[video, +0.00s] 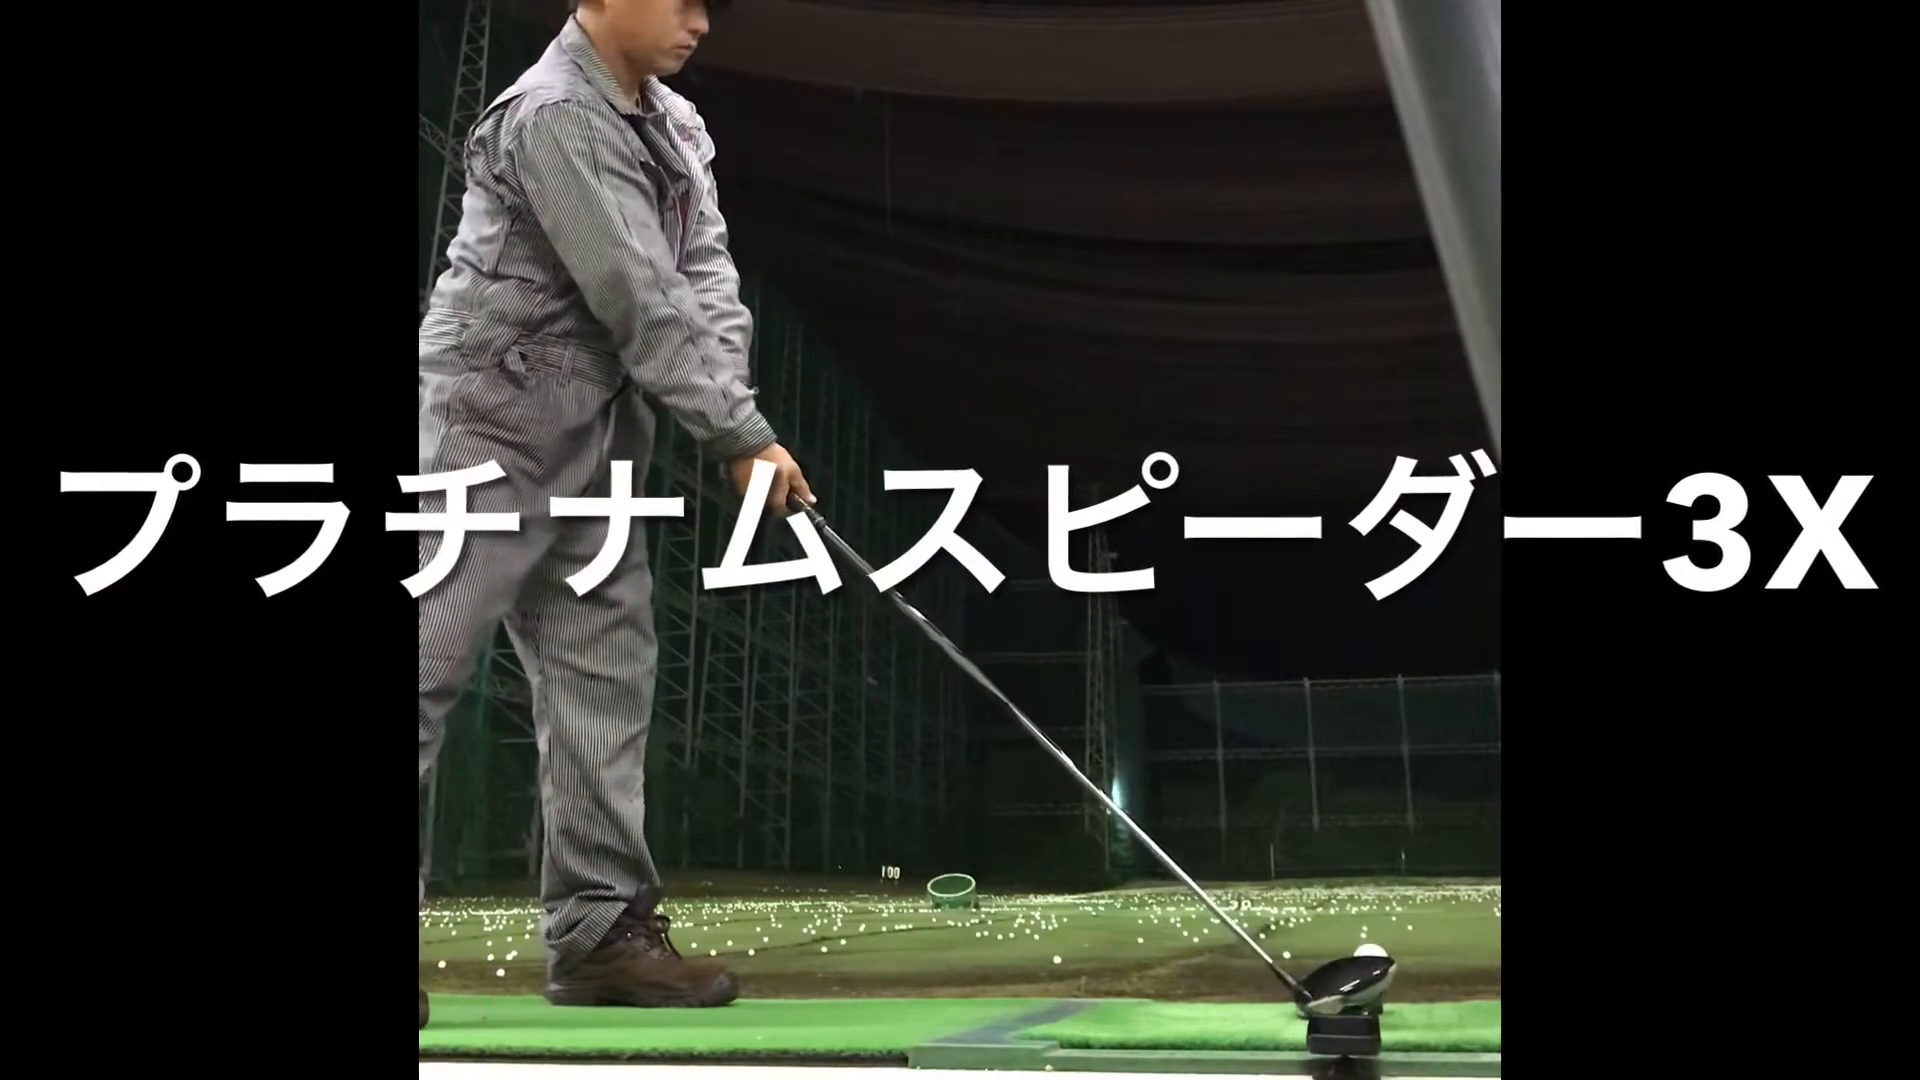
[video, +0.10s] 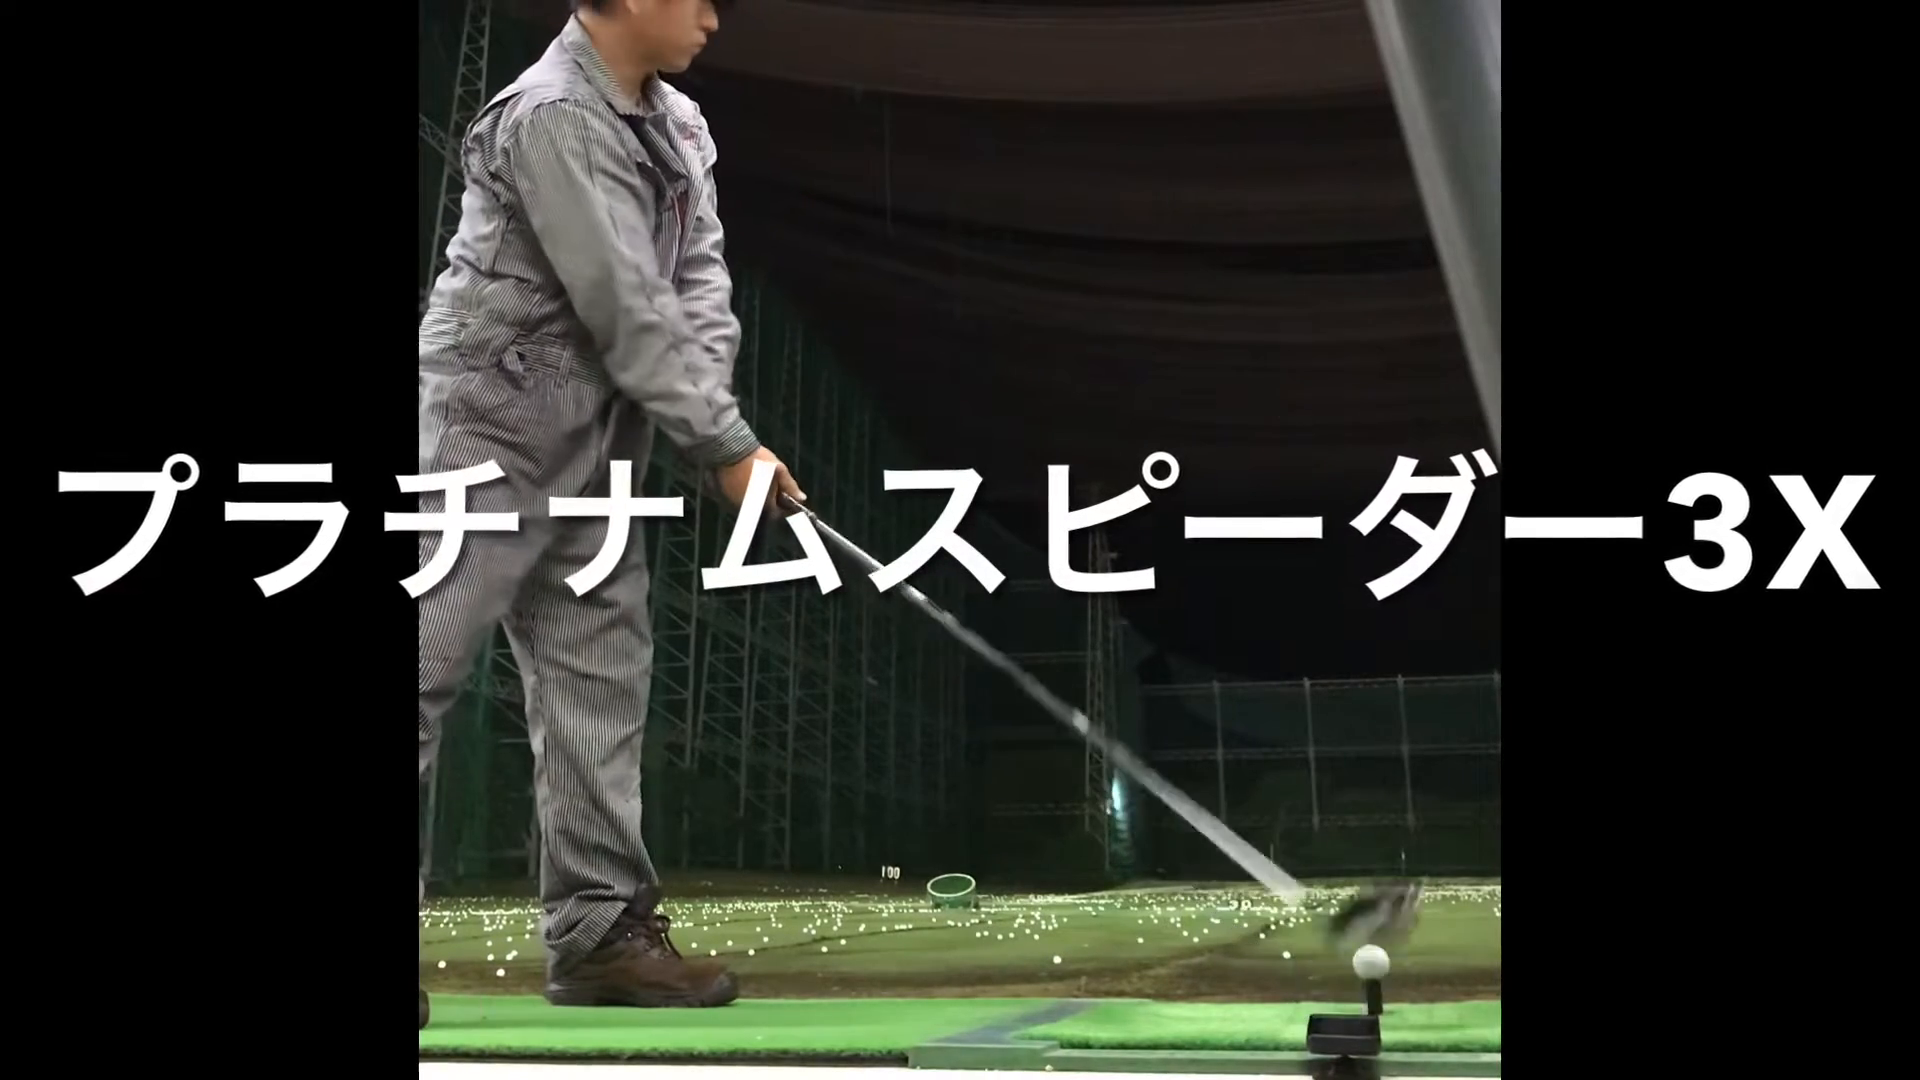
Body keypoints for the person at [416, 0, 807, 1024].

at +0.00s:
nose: (702, 20)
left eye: (704, 4)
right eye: (683, 0)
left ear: (670, 16)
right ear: (605, 2)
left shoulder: (676, 121)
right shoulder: (554, 113)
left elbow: (708, 277)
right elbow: (637, 295)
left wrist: (730, 419)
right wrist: (743, 434)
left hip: (591, 448)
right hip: (480, 436)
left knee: (602, 682)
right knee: (430, 683)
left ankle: (598, 935)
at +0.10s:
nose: (712, 15)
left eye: (712, 2)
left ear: (648, 12)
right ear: (624, 2)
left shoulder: (680, 122)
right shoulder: (554, 112)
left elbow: (702, 288)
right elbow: (620, 302)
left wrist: (714, 428)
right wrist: (726, 445)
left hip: (588, 455)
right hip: (476, 442)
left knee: (598, 683)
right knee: (428, 681)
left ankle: (597, 937)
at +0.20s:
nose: (716, 13)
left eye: (713, 0)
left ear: (652, 14)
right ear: (652, 7)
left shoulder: (683, 121)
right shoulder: (551, 116)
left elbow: (699, 292)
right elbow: (613, 309)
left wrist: (694, 420)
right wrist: (720, 451)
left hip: (586, 448)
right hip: (472, 437)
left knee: (598, 680)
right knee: (426, 682)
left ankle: (597, 938)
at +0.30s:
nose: (714, 19)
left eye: (712, 4)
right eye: (705, 4)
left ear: (659, 13)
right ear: (660, 9)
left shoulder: (678, 125)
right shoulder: (548, 115)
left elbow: (697, 289)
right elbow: (614, 304)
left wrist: (712, 421)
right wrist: (729, 440)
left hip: (586, 455)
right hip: (476, 442)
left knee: (595, 686)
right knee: (426, 687)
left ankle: (597, 937)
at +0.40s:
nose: (712, 19)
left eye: (710, 5)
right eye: (705, 4)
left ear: (659, 12)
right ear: (664, 7)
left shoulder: (675, 126)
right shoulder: (546, 112)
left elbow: (698, 288)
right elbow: (620, 301)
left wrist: (726, 420)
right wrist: (745, 429)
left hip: (585, 457)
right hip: (473, 445)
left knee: (594, 688)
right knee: (424, 686)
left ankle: (598, 937)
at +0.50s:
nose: (710, 18)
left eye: (709, 5)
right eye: (704, 4)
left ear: (656, 12)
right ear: (663, 8)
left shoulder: (672, 125)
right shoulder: (546, 111)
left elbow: (695, 285)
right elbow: (617, 298)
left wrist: (723, 418)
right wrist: (743, 427)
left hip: (579, 455)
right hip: (471, 443)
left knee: (594, 679)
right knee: (426, 686)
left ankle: (597, 936)